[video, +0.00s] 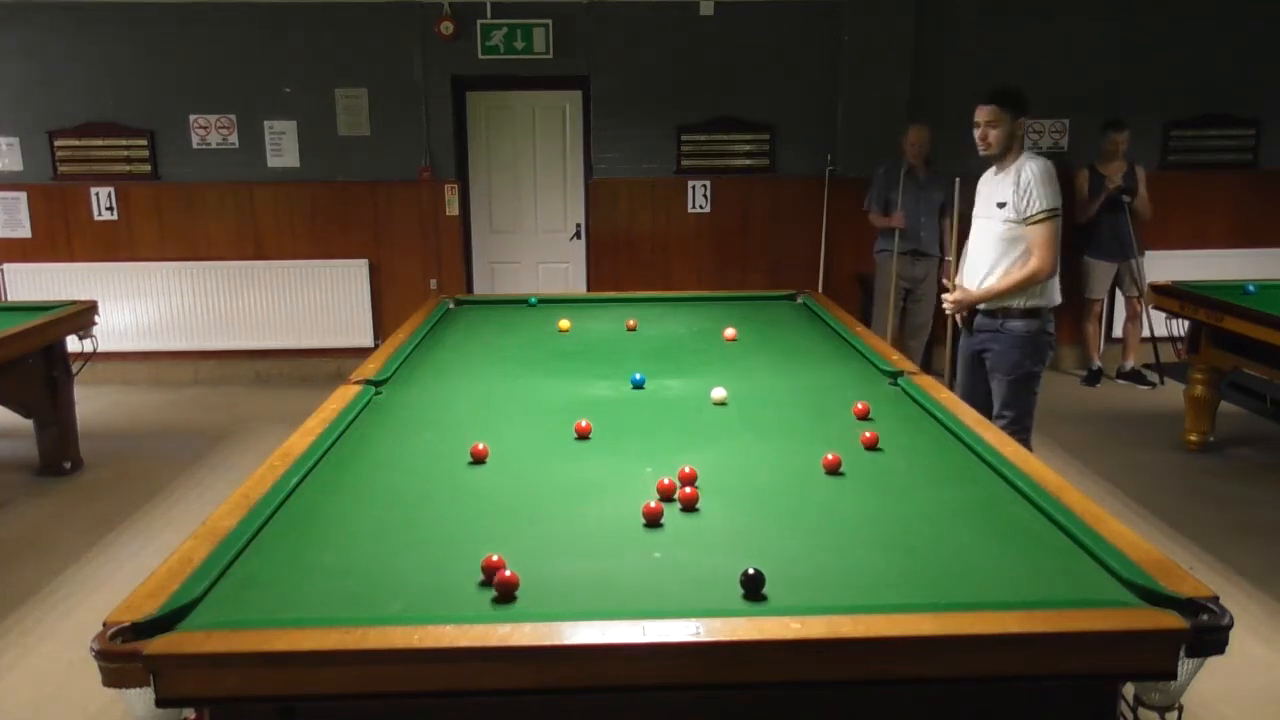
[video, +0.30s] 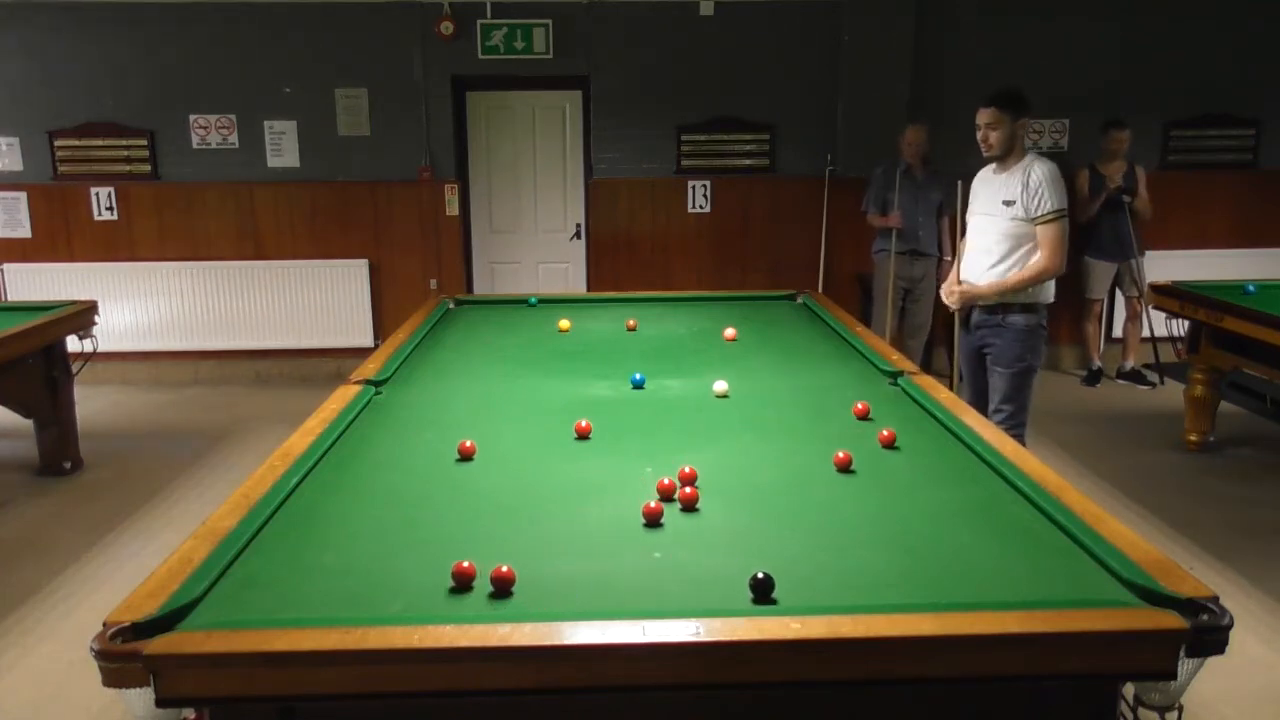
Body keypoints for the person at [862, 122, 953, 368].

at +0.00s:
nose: (917, 150)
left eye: (922, 145)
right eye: (912, 145)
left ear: (929, 147)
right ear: (904, 145)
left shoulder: (938, 179)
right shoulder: (888, 175)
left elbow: (946, 221)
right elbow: (874, 216)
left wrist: (949, 261)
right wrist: (889, 221)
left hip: (928, 259)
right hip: (893, 257)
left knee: (918, 331)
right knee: (885, 326)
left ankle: (909, 386)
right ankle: (878, 383)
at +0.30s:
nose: (914, 150)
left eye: (919, 145)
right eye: (910, 144)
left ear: (927, 146)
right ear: (901, 144)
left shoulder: (936, 178)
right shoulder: (886, 175)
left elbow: (944, 220)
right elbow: (871, 217)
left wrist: (947, 258)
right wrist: (886, 221)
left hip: (927, 258)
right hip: (891, 256)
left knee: (918, 330)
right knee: (885, 326)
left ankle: (909, 386)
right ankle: (877, 383)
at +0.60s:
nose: (913, 149)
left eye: (918, 144)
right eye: (909, 144)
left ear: (926, 145)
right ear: (900, 144)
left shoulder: (935, 177)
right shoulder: (885, 174)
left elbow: (943, 219)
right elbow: (871, 217)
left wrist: (946, 257)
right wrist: (884, 222)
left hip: (926, 258)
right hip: (890, 256)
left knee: (917, 330)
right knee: (884, 325)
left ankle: (907, 385)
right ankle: (877, 382)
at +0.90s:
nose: (918, 149)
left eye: (923, 144)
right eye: (913, 144)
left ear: (929, 146)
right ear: (903, 144)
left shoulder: (936, 177)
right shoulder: (885, 174)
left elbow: (943, 219)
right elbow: (871, 217)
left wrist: (946, 256)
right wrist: (885, 222)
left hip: (926, 259)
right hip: (890, 257)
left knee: (917, 329)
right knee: (884, 325)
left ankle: (908, 384)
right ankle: (878, 381)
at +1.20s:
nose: (920, 149)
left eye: (925, 144)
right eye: (916, 143)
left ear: (931, 147)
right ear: (905, 143)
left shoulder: (936, 177)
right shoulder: (886, 174)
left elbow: (943, 219)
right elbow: (872, 217)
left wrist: (945, 257)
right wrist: (888, 222)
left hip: (926, 259)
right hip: (891, 257)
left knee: (918, 328)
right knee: (884, 324)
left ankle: (907, 383)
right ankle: (878, 380)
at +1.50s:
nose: (922, 149)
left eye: (926, 144)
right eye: (917, 143)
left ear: (932, 147)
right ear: (906, 143)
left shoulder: (937, 177)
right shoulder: (886, 174)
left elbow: (944, 219)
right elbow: (873, 218)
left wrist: (947, 256)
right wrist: (891, 222)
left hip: (927, 258)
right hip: (891, 256)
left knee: (918, 327)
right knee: (884, 324)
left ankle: (907, 382)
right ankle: (877, 378)